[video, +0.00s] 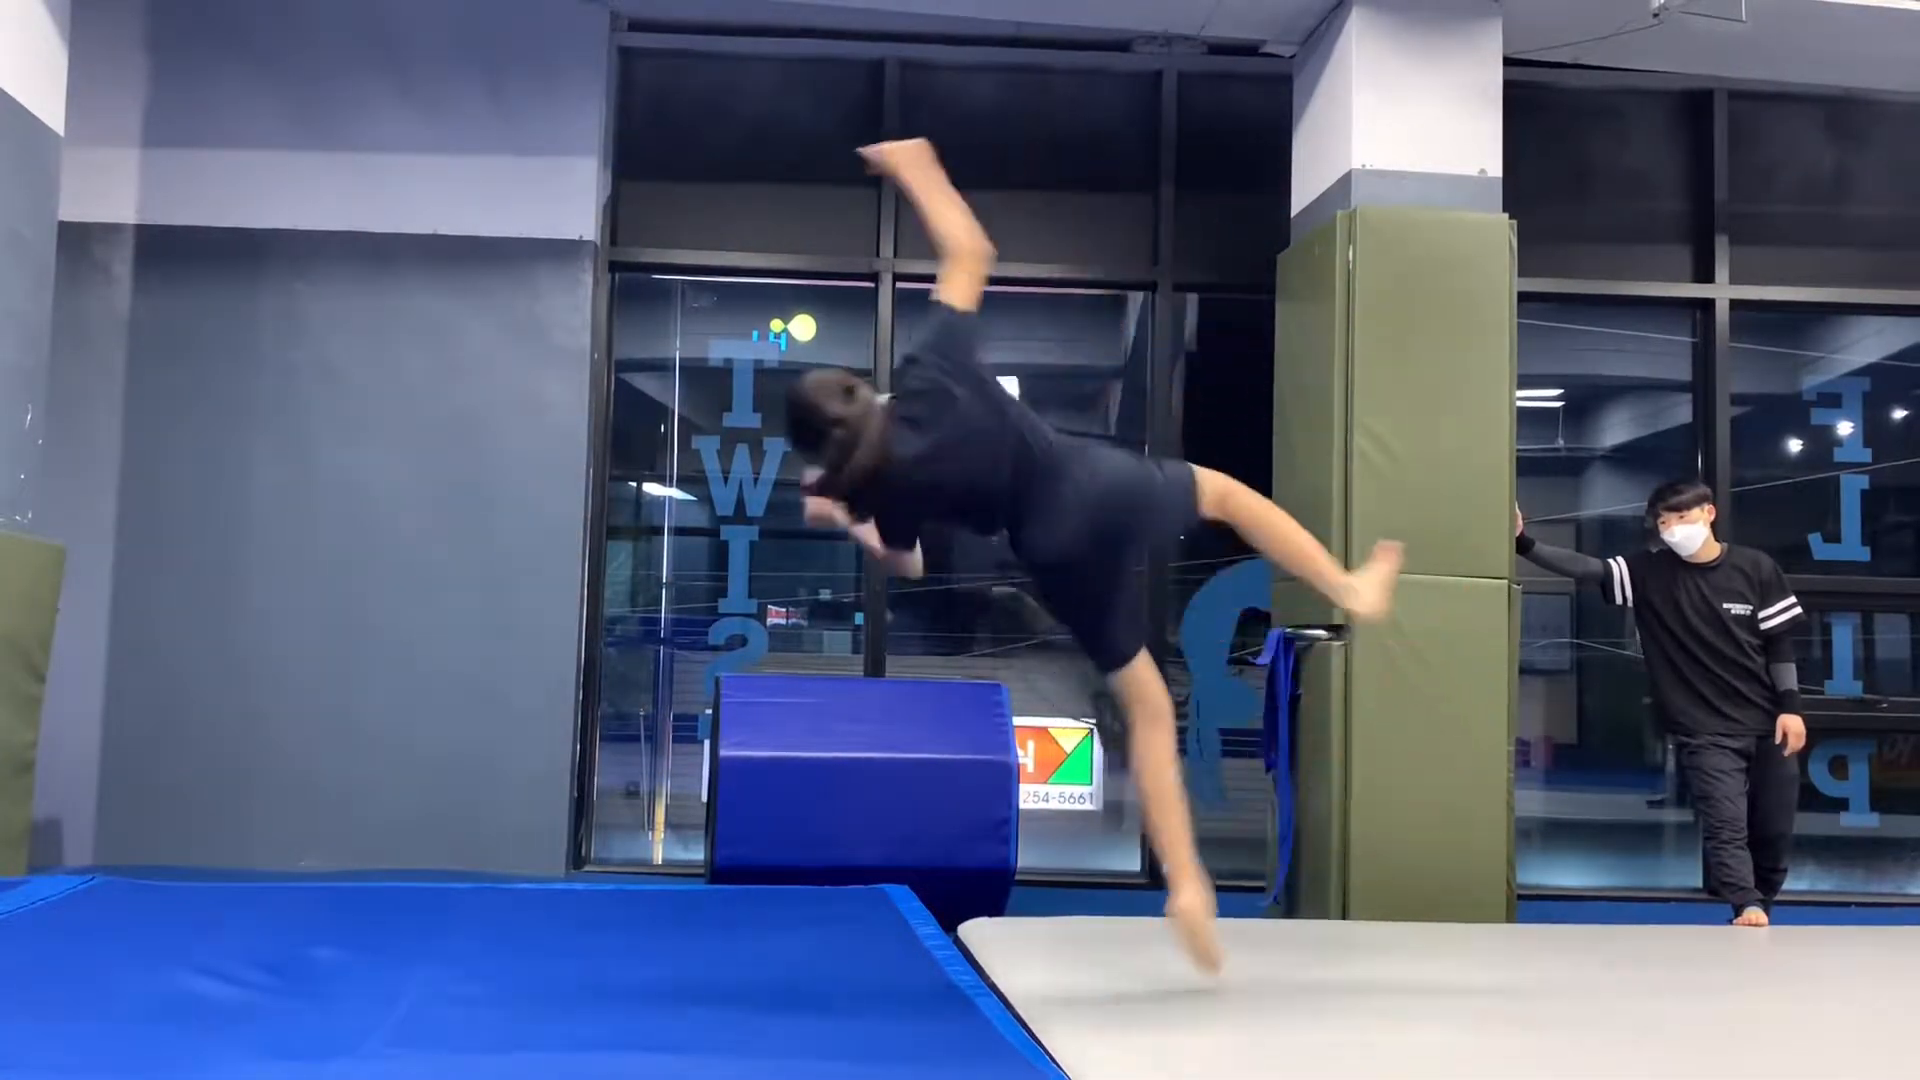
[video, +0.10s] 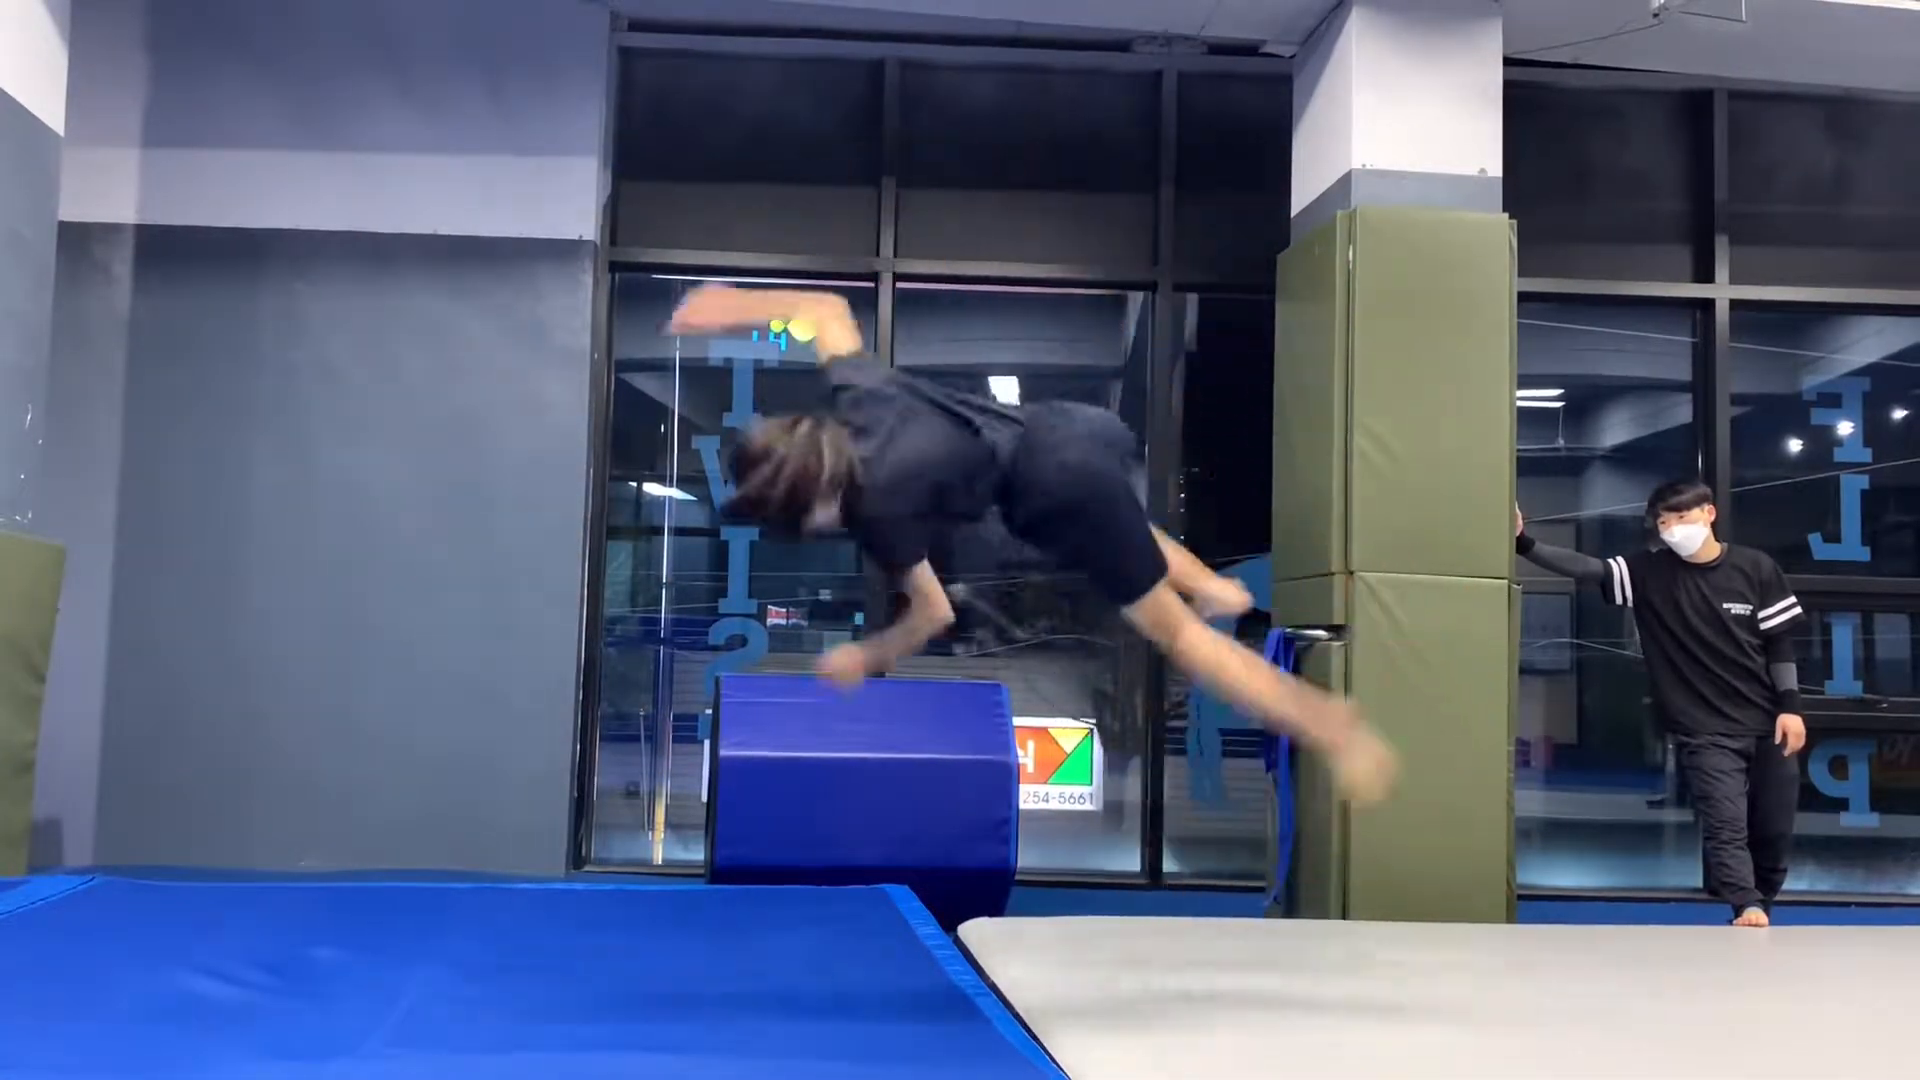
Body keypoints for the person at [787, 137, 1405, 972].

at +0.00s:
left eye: (818, 444)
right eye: (840, 390)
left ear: (826, 451)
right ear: (859, 384)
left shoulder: (886, 493)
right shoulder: (933, 363)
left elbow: (904, 564)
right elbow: (966, 250)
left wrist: (852, 522)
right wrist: (917, 168)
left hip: (1053, 551)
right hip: (1098, 482)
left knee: (1146, 710)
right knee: (1222, 495)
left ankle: (1187, 885)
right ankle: (1349, 590)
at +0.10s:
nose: (791, 529)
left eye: (786, 521)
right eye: (782, 514)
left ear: (800, 509)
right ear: (802, 436)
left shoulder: (878, 521)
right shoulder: (859, 395)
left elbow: (934, 614)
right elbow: (828, 311)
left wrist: (868, 656)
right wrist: (743, 306)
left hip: (1063, 492)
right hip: (1078, 422)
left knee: (1181, 632)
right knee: (1120, 522)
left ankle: (1331, 727)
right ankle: (1216, 585)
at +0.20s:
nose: (790, 610)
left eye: (789, 592)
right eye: (772, 603)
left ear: (806, 553)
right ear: (753, 570)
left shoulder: (868, 549)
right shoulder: (768, 517)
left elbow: (916, 681)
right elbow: (690, 549)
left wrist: (857, 783)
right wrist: (649, 579)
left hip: (1049, 470)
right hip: (991, 483)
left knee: (1196, 562)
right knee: (958, 583)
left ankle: (1356, 471)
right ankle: (1074, 678)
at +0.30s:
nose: (789, 718)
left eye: (787, 706)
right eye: (774, 713)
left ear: (799, 669)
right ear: (755, 691)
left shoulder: (860, 654)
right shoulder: (763, 669)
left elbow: (865, 805)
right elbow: (738, 777)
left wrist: (840, 925)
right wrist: (690, 865)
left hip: (980, 522)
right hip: (946, 566)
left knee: (1166, 485)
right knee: (928, 699)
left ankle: (1216, 318)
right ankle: (917, 832)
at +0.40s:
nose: (823, 877)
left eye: (816, 865)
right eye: (808, 876)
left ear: (818, 832)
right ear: (782, 851)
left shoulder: (882, 799)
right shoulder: (781, 808)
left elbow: (883, 946)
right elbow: (801, 935)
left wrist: (870, 1055)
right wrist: (783, 1042)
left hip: (936, 639)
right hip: (876, 657)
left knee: (1046, 498)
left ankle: (978, 353)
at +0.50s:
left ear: (861, 943)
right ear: (792, 923)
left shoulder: (902, 851)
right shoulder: (779, 846)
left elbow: (955, 970)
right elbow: (773, 954)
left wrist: (883, 1058)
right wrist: (777, 1048)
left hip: (894, 681)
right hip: (821, 691)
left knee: (932, 578)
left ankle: (782, 523)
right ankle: (887, 953)